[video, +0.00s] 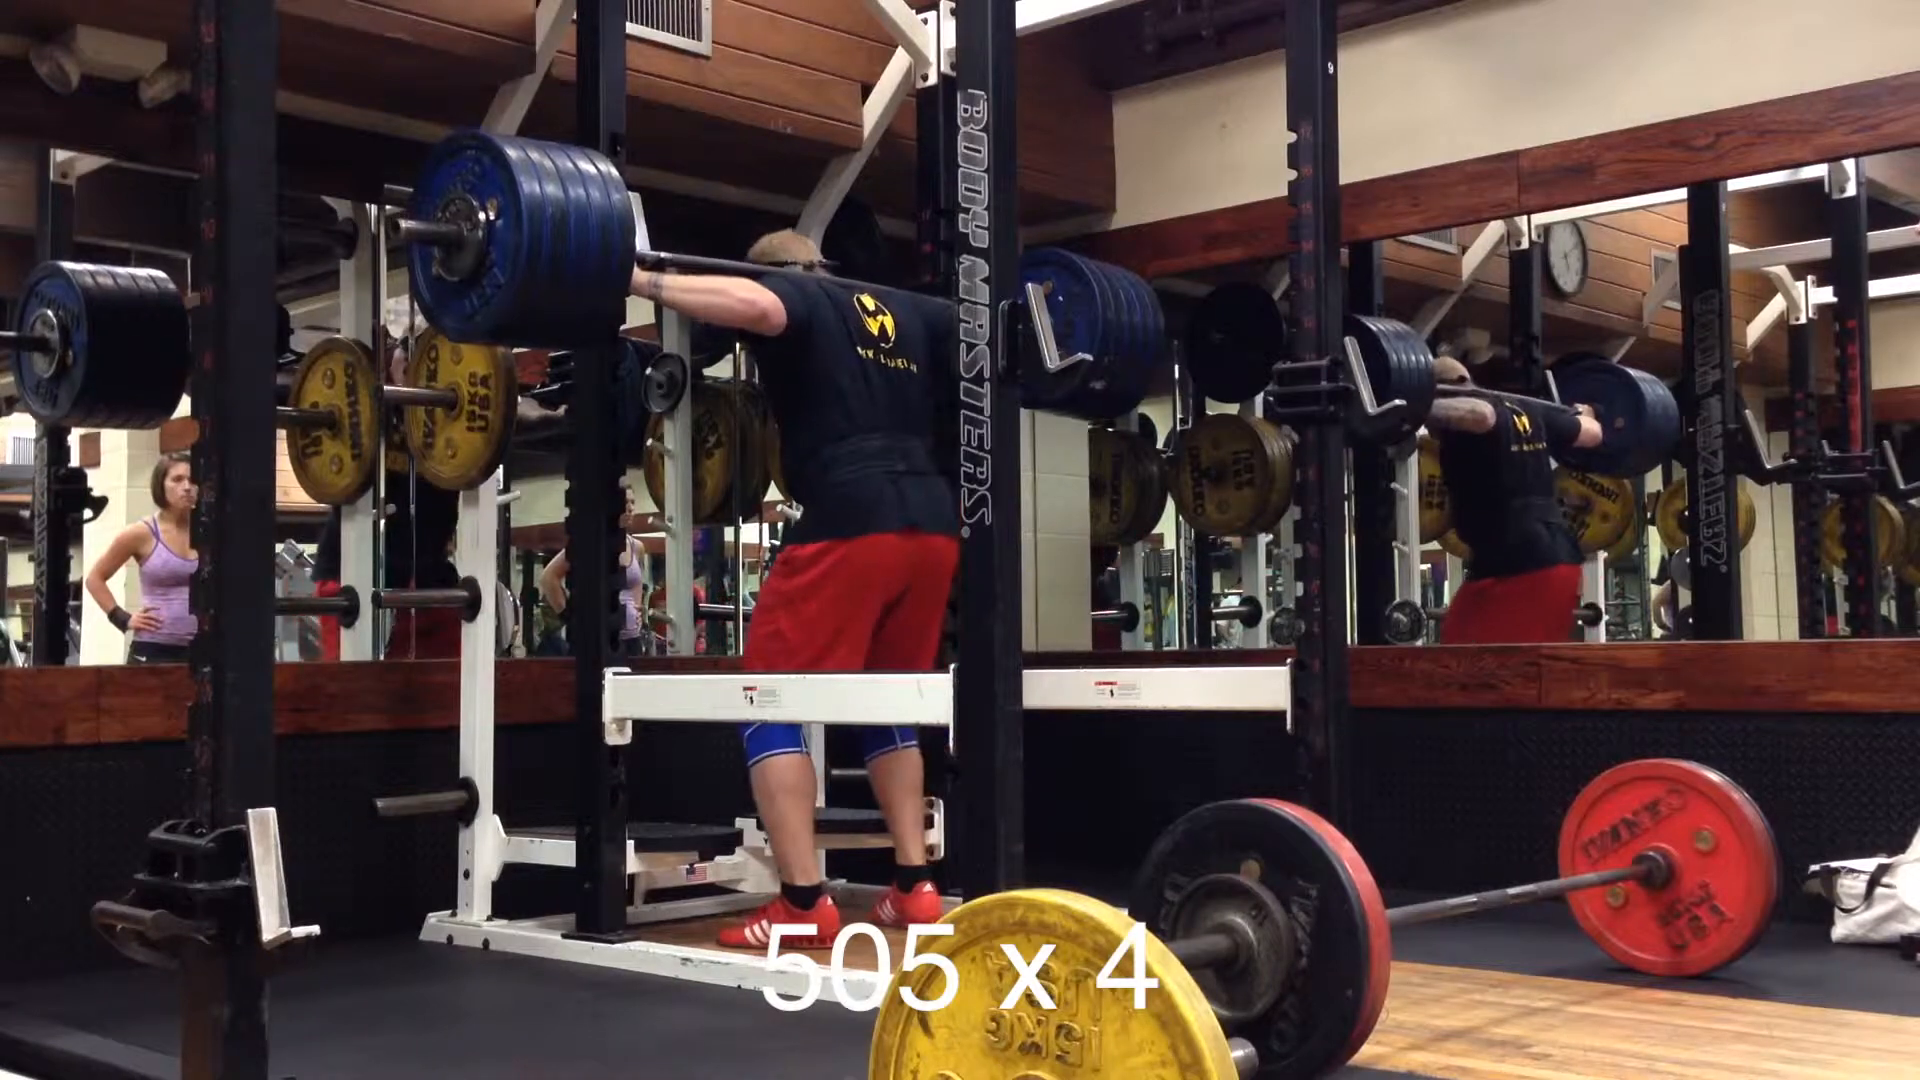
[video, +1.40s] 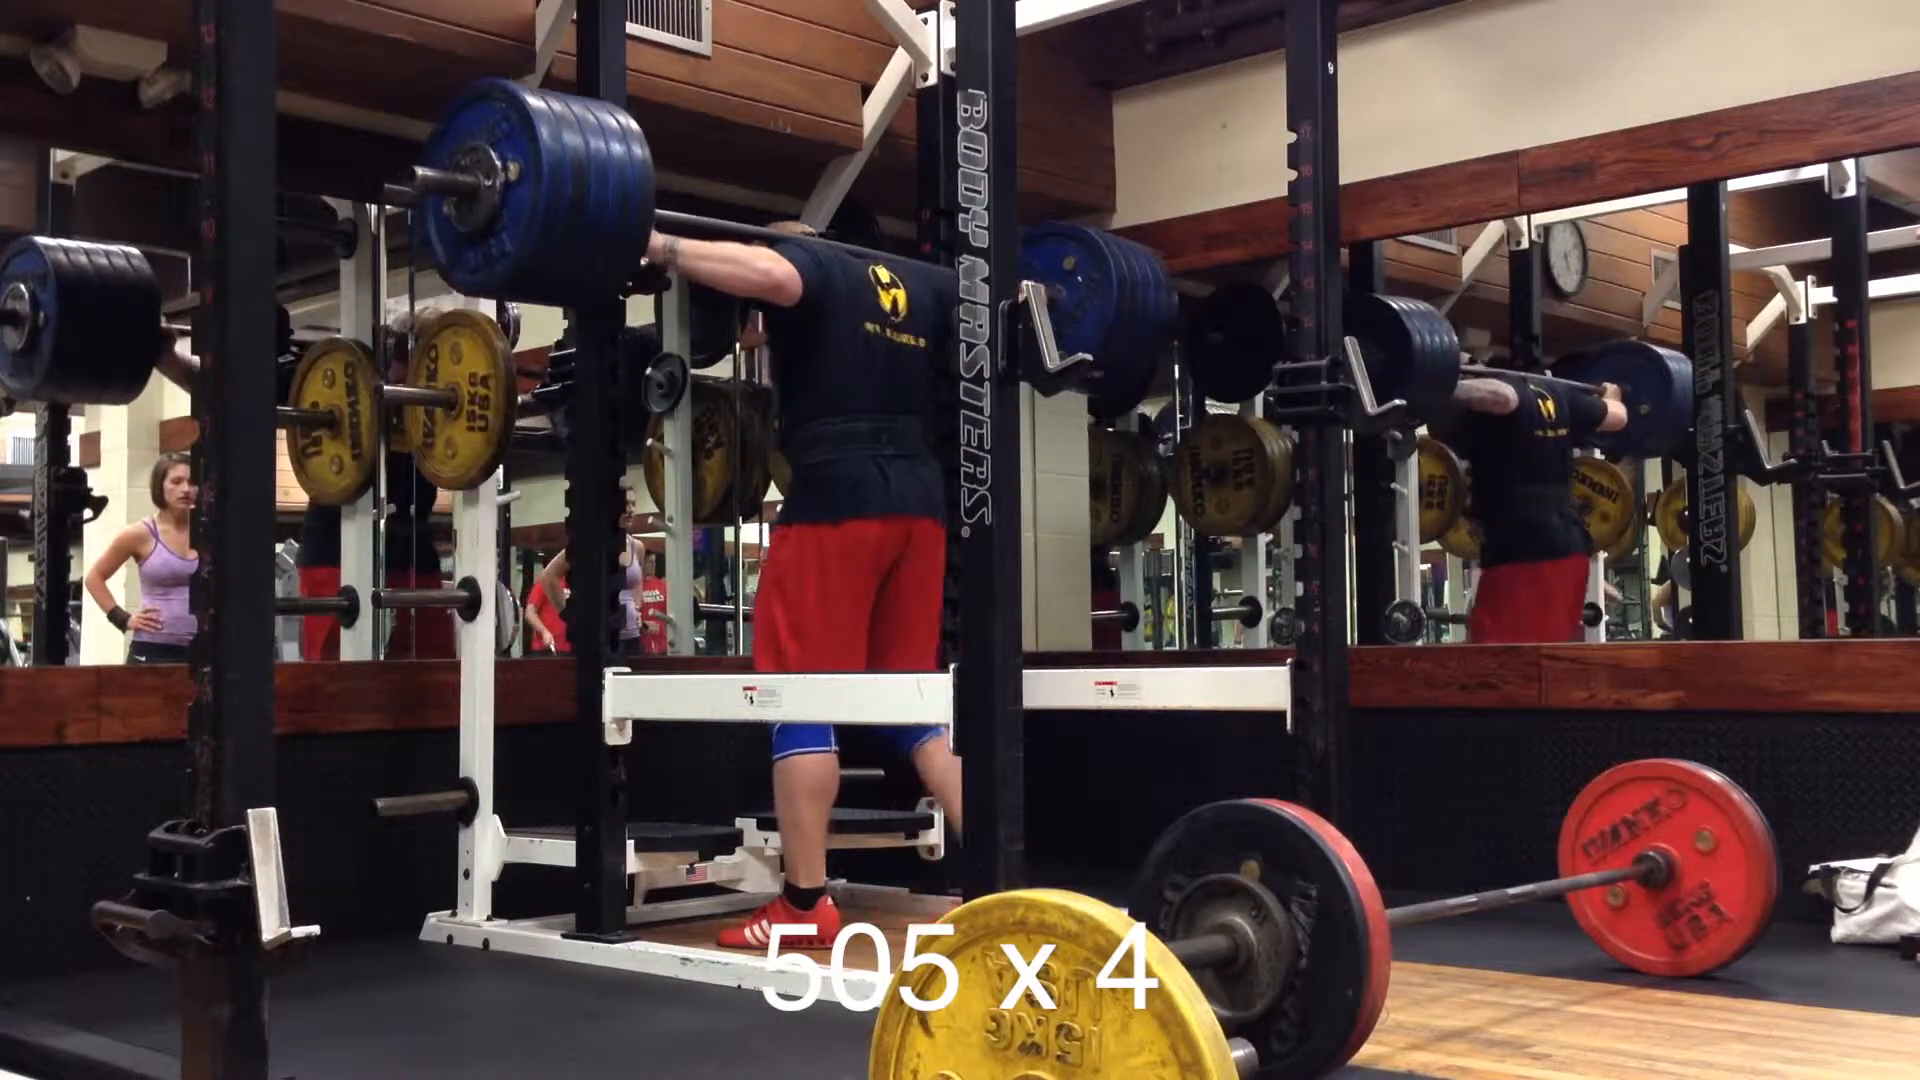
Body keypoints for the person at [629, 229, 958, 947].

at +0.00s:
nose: (749, 296)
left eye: (753, 284)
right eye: (752, 282)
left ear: (772, 274)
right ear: (823, 262)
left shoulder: (791, 290)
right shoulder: (906, 308)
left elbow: (762, 308)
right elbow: (984, 319)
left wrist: (648, 279)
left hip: (847, 526)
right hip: (936, 531)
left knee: (769, 707)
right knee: (888, 706)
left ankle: (804, 901)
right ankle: (916, 885)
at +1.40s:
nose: (763, 269)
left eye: (765, 258)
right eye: (759, 264)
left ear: (791, 246)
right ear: (853, 241)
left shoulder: (808, 253)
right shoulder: (920, 283)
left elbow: (777, 277)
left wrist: (666, 247)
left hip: (836, 505)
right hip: (924, 507)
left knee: (799, 703)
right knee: (909, 699)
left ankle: (805, 903)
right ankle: (991, 860)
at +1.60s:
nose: (760, 325)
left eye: (764, 312)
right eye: (757, 315)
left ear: (805, 258)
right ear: (861, 244)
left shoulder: (827, 257)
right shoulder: (941, 284)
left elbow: (804, 282)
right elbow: (1050, 309)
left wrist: (687, 252)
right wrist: (1053, 310)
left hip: (867, 504)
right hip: (957, 505)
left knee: (814, 701)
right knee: (947, 707)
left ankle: (807, 903)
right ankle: (996, 886)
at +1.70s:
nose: (798, 277)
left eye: (799, 264)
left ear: (825, 250)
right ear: (871, 238)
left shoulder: (848, 261)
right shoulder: (950, 279)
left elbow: (817, 280)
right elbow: (1057, 321)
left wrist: (702, 250)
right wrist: (1068, 306)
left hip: (884, 504)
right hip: (969, 501)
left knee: (829, 705)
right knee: (960, 707)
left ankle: (806, 903)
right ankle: (996, 888)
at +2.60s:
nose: (817, 255)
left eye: (819, 244)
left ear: (842, 235)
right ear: (900, 225)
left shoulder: (869, 249)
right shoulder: (978, 270)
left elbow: (827, 261)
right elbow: (1073, 311)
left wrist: (712, 229)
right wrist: (1087, 297)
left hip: (906, 502)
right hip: (993, 498)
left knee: (876, 707)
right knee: (985, 703)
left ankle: (882, 913)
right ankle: (996, 900)